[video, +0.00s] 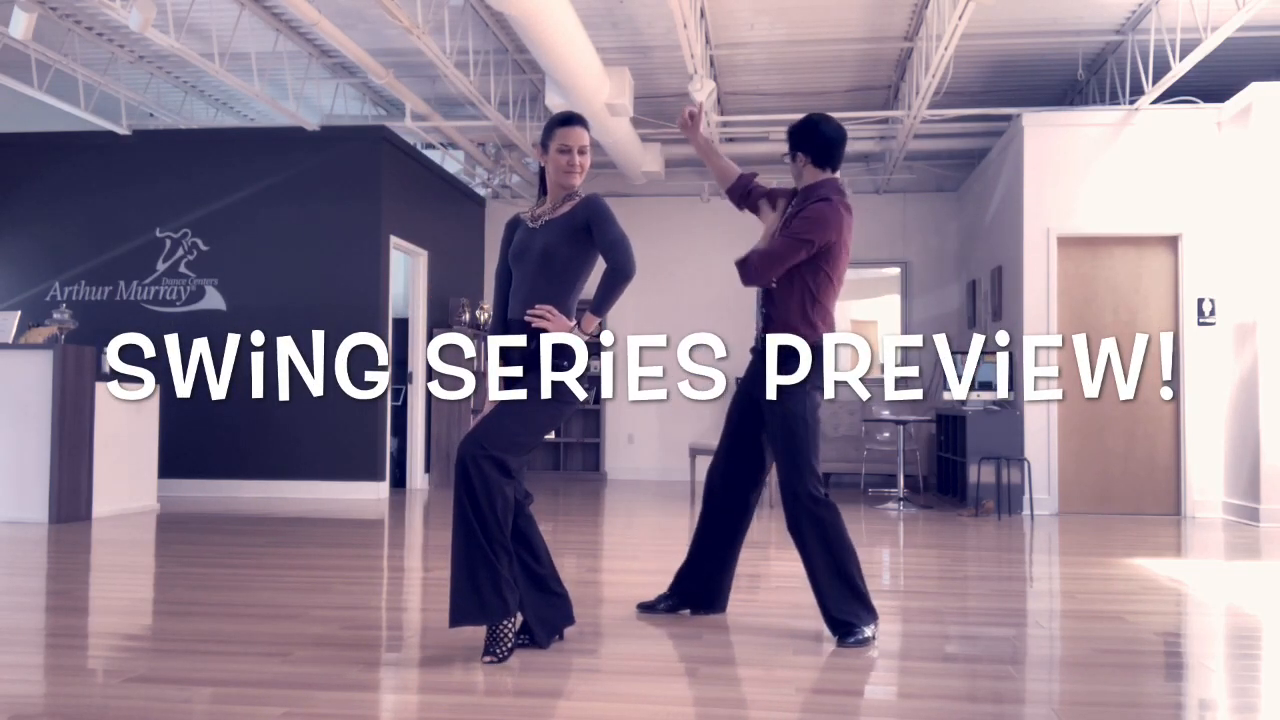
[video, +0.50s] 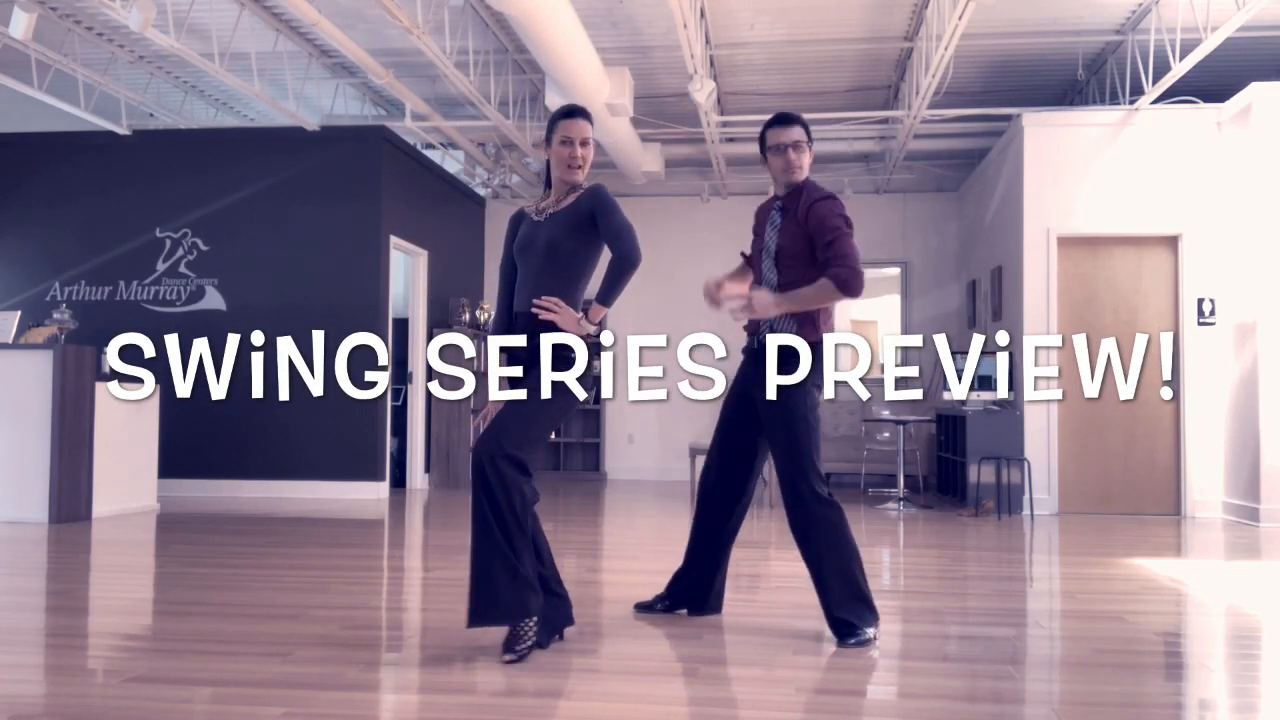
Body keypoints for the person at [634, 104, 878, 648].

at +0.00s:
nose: (786, 160)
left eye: (790, 152)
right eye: (789, 154)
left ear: (802, 155)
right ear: (832, 157)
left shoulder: (825, 209)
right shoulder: (804, 199)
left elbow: (753, 270)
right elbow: (744, 189)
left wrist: (767, 229)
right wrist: (698, 138)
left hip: (795, 361)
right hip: (771, 357)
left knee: (803, 492)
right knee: (731, 478)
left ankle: (854, 618)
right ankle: (698, 591)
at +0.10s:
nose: (782, 168)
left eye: (785, 160)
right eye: (783, 162)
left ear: (800, 159)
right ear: (821, 158)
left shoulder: (827, 208)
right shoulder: (800, 203)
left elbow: (760, 271)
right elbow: (748, 186)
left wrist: (753, 251)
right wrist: (701, 144)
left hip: (794, 361)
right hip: (769, 358)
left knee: (802, 493)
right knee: (730, 479)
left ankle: (854, 619)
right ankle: (698, 592)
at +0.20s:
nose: (766, 184)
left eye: (771, 173)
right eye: (765, 175)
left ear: (799, 167)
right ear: (799, 170)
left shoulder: (828, 211)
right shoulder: (797, 207)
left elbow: (758, 272)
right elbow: (741, 200)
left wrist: (763, 261)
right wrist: (698, 158)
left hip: (793, 363)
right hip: (764, 360)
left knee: (800, 491)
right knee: (726, 478)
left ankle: (854, 618)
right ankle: (698, 591)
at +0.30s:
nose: (778, 183)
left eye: (786, 171)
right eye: (770, 177)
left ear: (809, 164)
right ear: (765, 180)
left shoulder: (830, 215)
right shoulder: (786, 215)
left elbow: (787, 292)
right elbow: (740, 237)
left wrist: (766, 256)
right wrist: (713, 198)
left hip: (793, 365)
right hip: (762, 362)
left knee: (799, 491)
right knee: (722, 477)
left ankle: (854, 618)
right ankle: (696, 592)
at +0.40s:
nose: (789, 165)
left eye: (796, 154)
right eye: (777, 159)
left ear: (812, 158)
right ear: (766, 167)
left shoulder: (828, 212)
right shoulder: (774, 216)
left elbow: (828, 289)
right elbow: (753, 262)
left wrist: (771, 284)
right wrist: (726, 245)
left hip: (795, 359)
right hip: (760, 358)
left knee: (801, 492)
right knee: (723, 477)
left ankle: (855, 618)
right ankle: (696, 590)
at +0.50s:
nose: (790, 156)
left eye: (798, 147)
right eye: (778, 149)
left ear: (811, 153)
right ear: (764, 158)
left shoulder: (823, 208)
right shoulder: (767, 211)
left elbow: (848, 280)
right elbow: (756, 265)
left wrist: (779, 302)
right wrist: (729, 283)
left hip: (795, 356)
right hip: (759, 355)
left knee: (805, 488)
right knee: (725, 475)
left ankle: (855, 617)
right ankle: (696, 591)